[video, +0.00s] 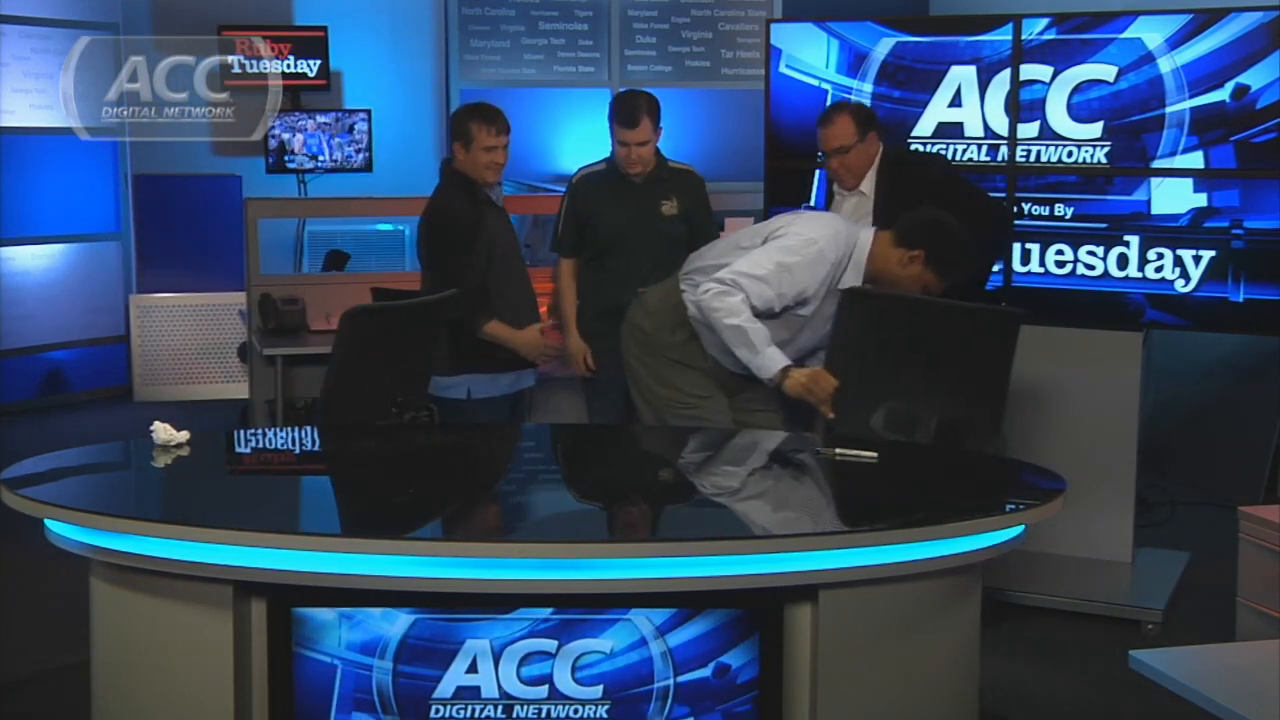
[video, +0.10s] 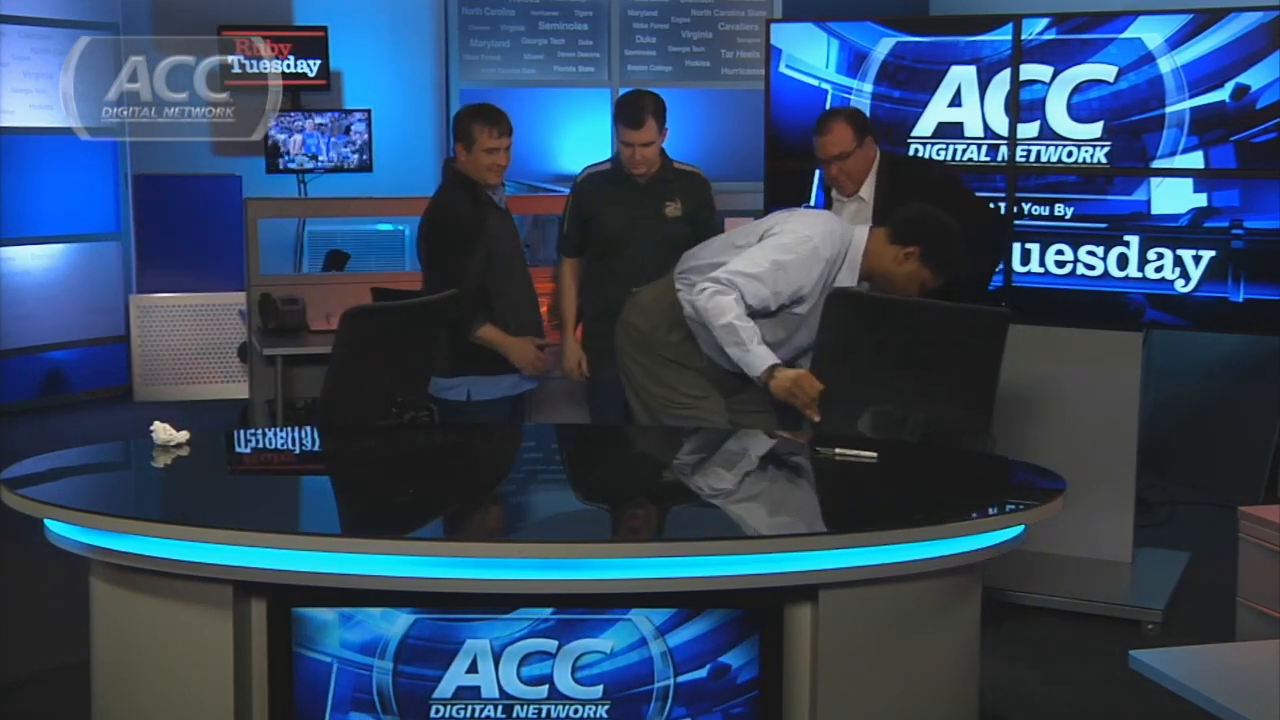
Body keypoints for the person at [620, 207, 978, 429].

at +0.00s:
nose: (917, 298)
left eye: (925, 293)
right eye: (924, 288)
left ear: (911, 257)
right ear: (913, 257)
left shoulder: (856, 279)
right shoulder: (820, 245)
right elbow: (712, 292)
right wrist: (783, 373)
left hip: (731, 346)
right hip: (667, 329)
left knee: (770, 439)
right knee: (714, 436)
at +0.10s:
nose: (913, 297)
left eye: (923, 291)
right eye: (922, 286)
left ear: (905, 252)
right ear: (908, 254)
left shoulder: (849, 274)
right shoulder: (816, 241)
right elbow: (709, 291)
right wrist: (771, 371)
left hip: (721, 343)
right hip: (662, 332)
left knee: (770, 447)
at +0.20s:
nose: (913, 291)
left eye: (922, 284)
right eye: (921, 279)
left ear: (901, 244)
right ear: (905, 247)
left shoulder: (845, 276)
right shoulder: (812, 236)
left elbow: (796, 348)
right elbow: (717, 289)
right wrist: (773, 371)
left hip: (721, 343)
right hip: (659, 327)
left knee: (758, 448)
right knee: (709, 449)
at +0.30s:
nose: (912, 286)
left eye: (922, 280)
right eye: (920, 274)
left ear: (900, 239)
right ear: (904, 242)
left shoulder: (848, 276)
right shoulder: (811, 231)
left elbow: (810, 351)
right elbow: (720, 286)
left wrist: (806, 419)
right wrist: (778, 368)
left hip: (722, 342)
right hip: (658, 324)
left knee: (773, 451)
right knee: (714, 454)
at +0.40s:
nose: (912, 288)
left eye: (922, 282)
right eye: (921, 276)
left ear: (900, 239)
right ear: (904, 242)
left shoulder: (847, 277)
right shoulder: (813, 231)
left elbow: (809, 351)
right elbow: (723, 287)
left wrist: (806, 419)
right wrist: (779, 369)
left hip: (720, 342)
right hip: (657, 325)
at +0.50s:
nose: (912, 291)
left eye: (922, 285)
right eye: (921, 278)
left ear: (901, 243)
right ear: (906, 246)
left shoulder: (846, 278)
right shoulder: (815, 234)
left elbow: (799, 350)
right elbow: (724, 287)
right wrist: (775, 370)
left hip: (718, 342)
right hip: (656, 324)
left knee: (766, 446)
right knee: (708, 448)